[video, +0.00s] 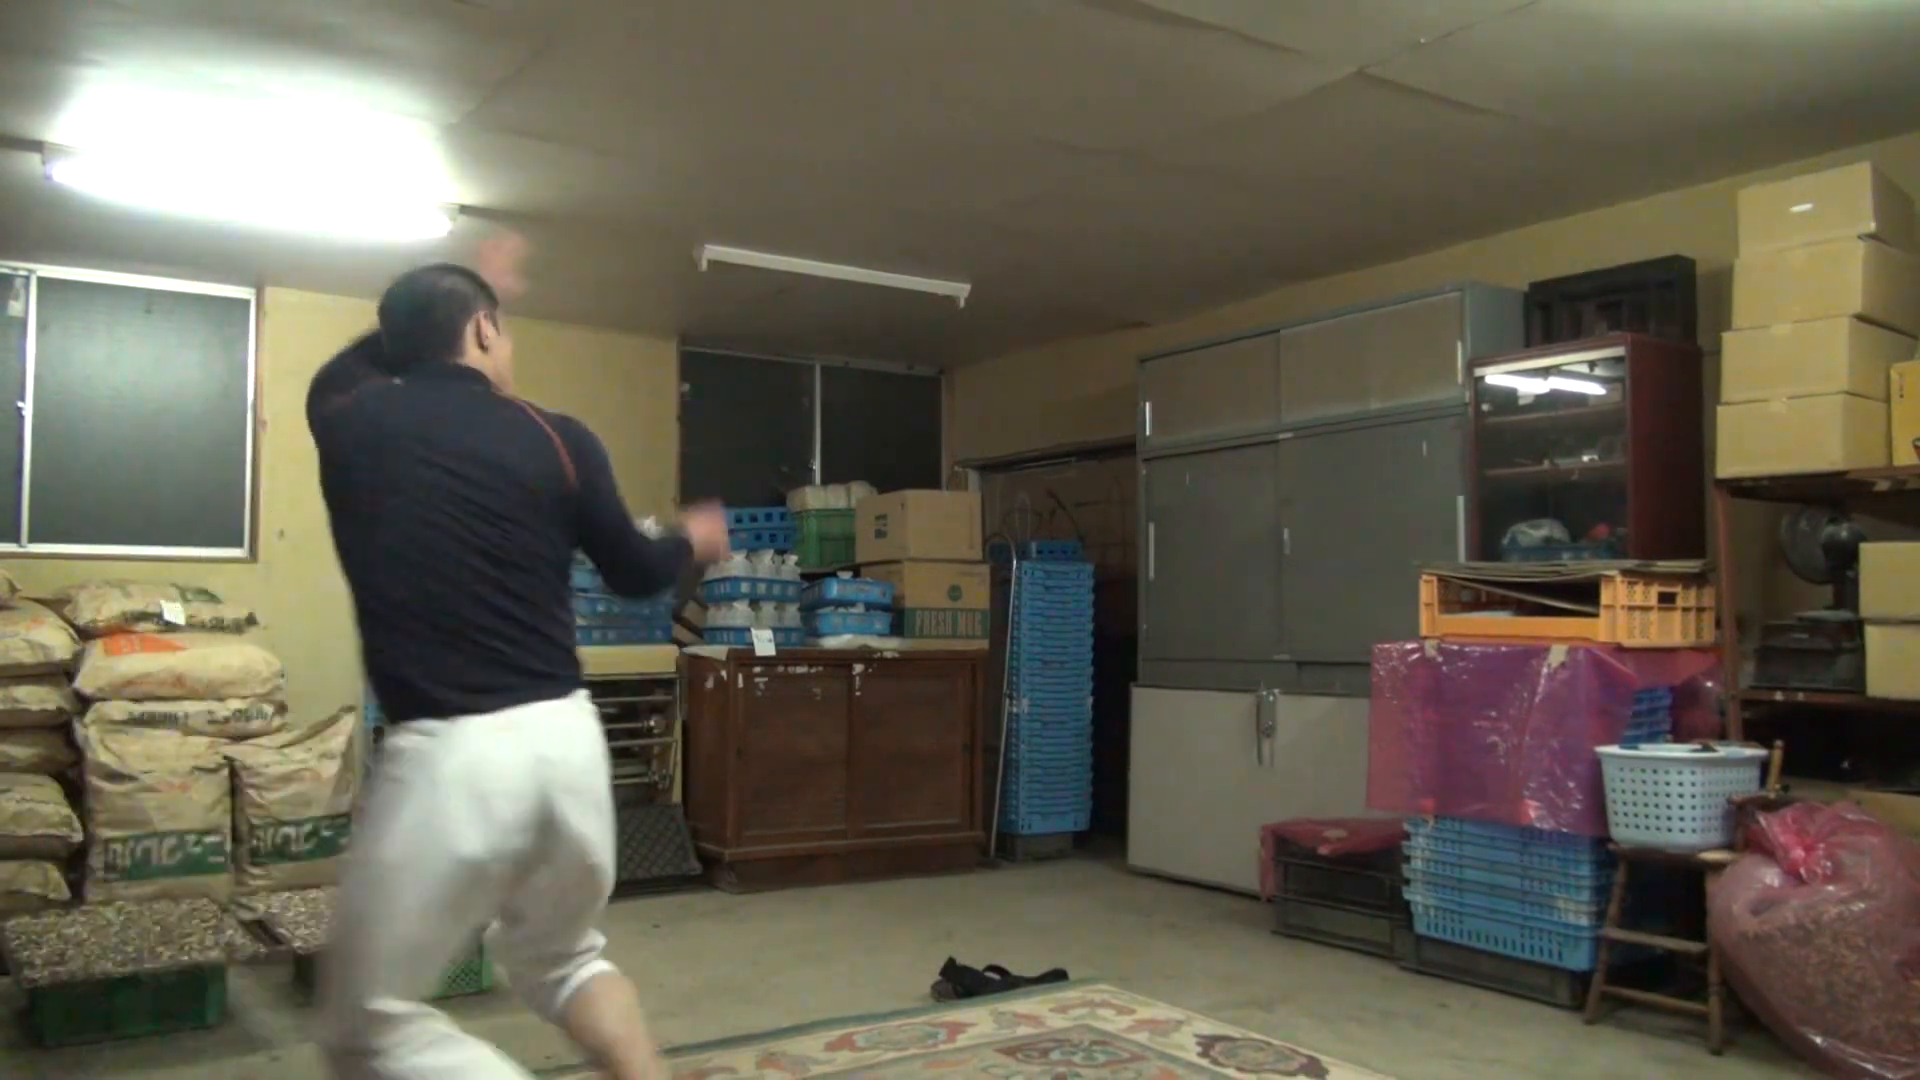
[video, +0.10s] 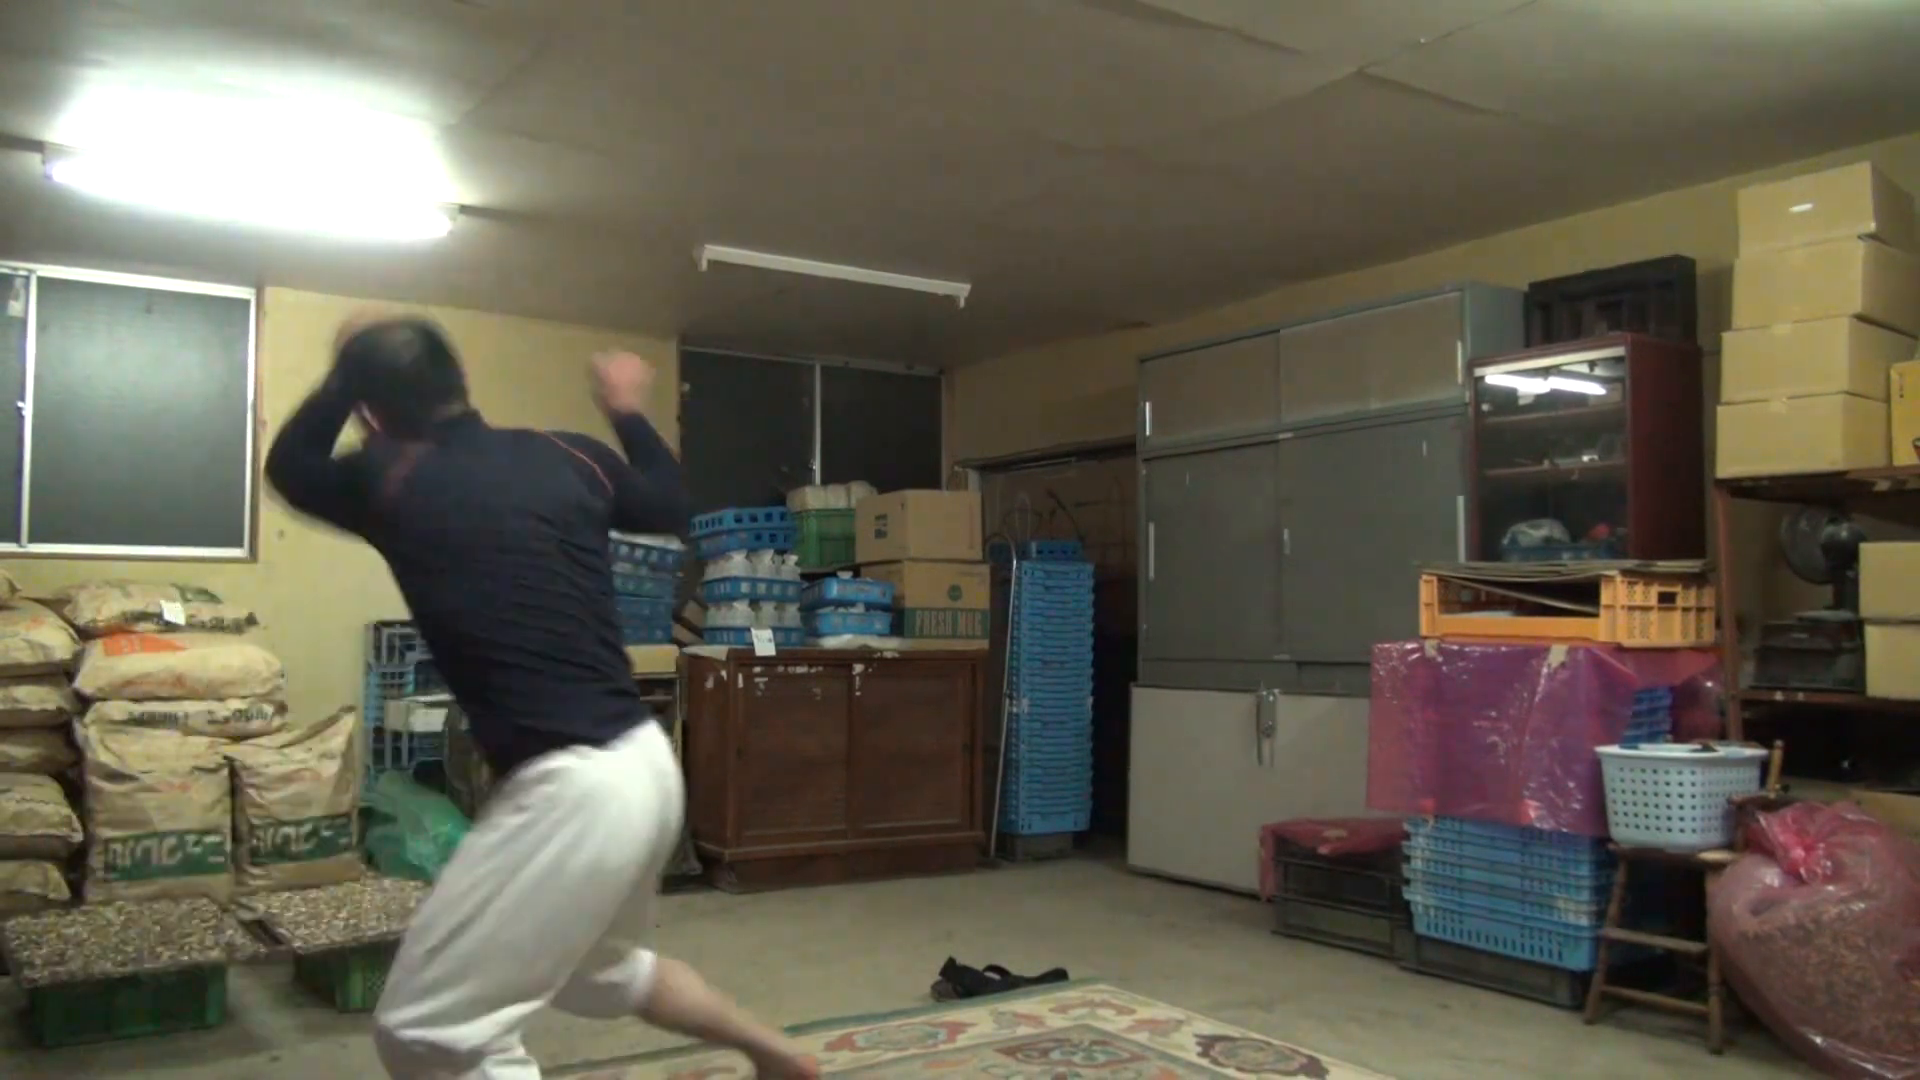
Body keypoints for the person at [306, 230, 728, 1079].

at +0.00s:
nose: (505, 346)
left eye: (498, 328)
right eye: (499, 328)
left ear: (398, 343)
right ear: (478, 334)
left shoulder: (349, 422)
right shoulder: (557, 441)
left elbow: (365, 357)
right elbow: (634, 569)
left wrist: (459, 288)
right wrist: (691, 541)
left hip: (444, 756)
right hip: (566, 738)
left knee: (369, 1020)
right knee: (563, 954)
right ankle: (647, 1069)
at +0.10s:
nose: (367, 426)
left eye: (364, 412)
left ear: (375, 417)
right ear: (462, 387)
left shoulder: (394, 480)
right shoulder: (567, 456)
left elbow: (290, 470)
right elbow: (668, 509)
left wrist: (344, 377)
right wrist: (630, 410)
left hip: (567, 787)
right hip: (645, 760)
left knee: (424, 1029)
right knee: (588, 967)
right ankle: (780, 1056)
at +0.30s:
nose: (415, 642)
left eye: (406, 626)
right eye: (399, 631)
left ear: (450, 583)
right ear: (457, 565)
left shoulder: (514, 621)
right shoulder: (544, 531)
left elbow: (388, 715)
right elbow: (542, 502)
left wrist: (313, 663)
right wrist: (449, 495)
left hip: (706, 812)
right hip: (702, 804)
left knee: (548, 970)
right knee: (648, 1016)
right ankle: (775, 1045)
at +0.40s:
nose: (444, 661)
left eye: (438, 645)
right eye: (427, 651)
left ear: (477, 601)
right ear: (485, 580)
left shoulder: (550, 627)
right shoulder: (553, 552)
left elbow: (431, 738)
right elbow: (501, 541)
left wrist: (330, 686)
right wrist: (439, 526)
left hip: (717, 816)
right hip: (704, 812)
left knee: (559, 965)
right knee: (638, 1012)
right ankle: (771, 1043)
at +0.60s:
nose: (423, 552)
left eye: (415, 535)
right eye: (411, 539)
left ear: (449, 502)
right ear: (475, 474)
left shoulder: (531, 530)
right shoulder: (586, 482)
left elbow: (420, 660)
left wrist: (336, 608)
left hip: (672, 775)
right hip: (700, 762)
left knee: (527, 981)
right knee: (623, 943)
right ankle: (754, 1040)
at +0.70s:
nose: (401, 475)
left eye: (392, 458)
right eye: (389, 461)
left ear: (425, 430)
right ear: (477, 399)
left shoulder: (480, 484)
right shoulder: (587, 433)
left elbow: (398, 627)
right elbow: (665, 473)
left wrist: (341, 569)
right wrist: (556, 419)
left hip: (636, 743)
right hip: (691, 727)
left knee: (513, 992)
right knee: (619, 922)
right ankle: (715, 1063)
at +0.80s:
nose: (400, 406)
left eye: (395, 389)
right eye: (393, 390)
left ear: (416, 379)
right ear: (496, 350)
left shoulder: (445, 454)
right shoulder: (606, 408)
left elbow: (395, 612)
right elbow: (700, 479)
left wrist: (352, 574)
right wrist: (623, 393)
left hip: (585, 729)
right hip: (675, 710)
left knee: (501, 1002)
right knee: (604, 931)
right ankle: (616, 1068)